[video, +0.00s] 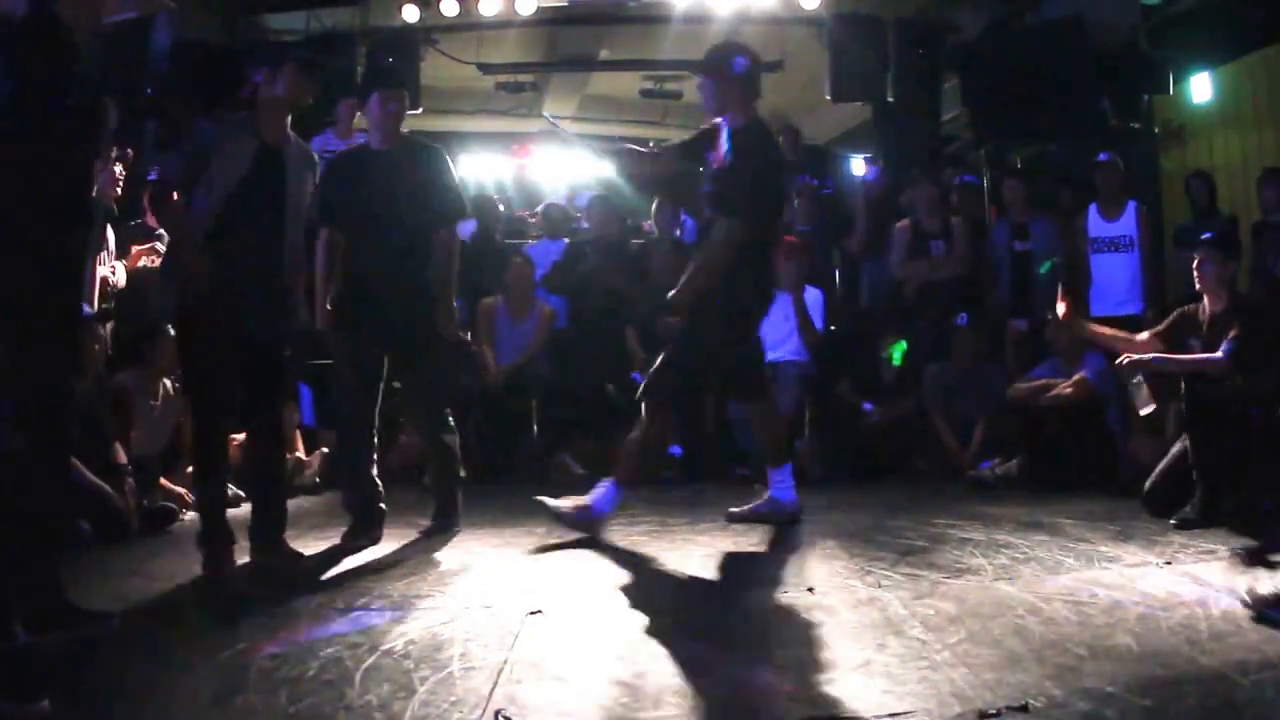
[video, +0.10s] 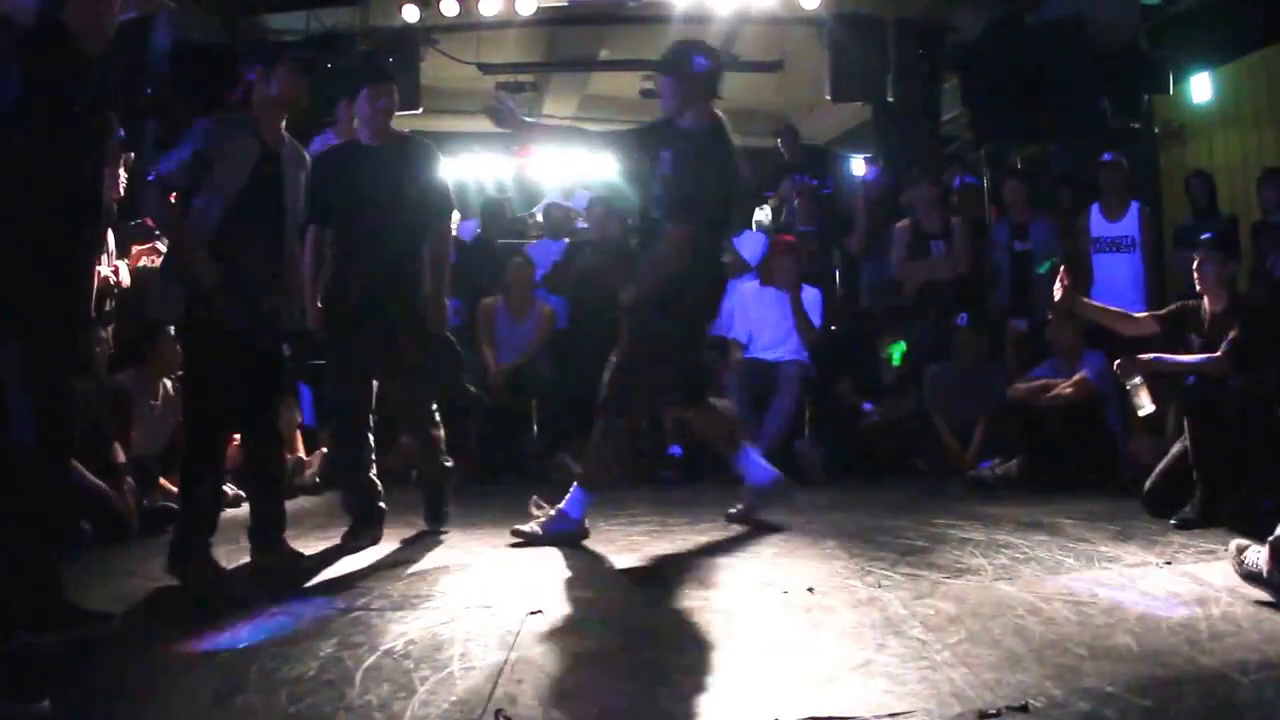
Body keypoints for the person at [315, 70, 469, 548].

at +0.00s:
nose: (392, 109)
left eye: (399, 101)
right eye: (384, 101)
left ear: (408, 109)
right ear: (365, 108)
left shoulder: (429, 159)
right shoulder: (341, 167)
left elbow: (447, 237)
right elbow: (327, 237)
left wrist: (447, 305)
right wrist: (322, 299)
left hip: (416, 300)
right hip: (359, 301)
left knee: (428, 409)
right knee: (356, 413)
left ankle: (446, 499)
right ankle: (364, 517)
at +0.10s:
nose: (382, 107)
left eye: (389, 99)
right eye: (373, 98)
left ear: (397, 105)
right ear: (353, 105)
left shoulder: (420, 155)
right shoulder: (329, 163)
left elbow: (440, 232)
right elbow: (316, 235)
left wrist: (438, 297)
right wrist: (311, 297)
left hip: (405, 298)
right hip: (348, 299)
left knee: (417, 406)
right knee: (349, 413)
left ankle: (435, 494)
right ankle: (365, 511)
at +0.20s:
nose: (377, 102)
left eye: (383, 93)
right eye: (367, 93)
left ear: (390, 99)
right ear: (343, 100)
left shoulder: (412, 152)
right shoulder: (319, 159)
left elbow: (436, 234)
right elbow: (304, 234)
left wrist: (432, 298)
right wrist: (301, 297)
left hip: (397, 300)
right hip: (339, 301)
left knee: (403, 414)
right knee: (346, 419)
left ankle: (412, 516)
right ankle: (364, 515)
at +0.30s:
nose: (371, 98)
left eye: (377, 89)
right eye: (361, 89)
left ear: (385, 95)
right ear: (338, 96)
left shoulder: (408, 151)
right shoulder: (316, 157)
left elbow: (430, 233)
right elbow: (292, 232)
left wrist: (426, 295)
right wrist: (289, 299)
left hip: (390, 296)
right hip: (332, 297)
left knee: (391, 412)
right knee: (343, 413)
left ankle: (394, 518)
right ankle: (360, 514)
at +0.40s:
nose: (362, 101)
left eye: (369, 92)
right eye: (353, 92)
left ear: (382, 99)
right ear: (338, 100)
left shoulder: (405, 153)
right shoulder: (316, 155)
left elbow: (422, 233)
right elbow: (292, 227)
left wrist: (419, 301)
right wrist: (279, 286)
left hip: (386, 297)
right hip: (329, 295)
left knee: (379, 403)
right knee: (335, 404)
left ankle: (374, 516)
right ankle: (363, 499)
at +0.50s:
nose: (349, 105)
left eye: (358, 94)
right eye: (343, 95)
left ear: (377, 95)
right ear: (334, 99)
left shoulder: (401, 154)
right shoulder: (318, 154)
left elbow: (420, 235)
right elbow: (291, 227)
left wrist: (417, 303)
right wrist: (275, 288)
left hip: (382, 297)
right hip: (326, 296)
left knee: (377, 406)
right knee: (335, 409)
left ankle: (377, 519)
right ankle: (356, 511)